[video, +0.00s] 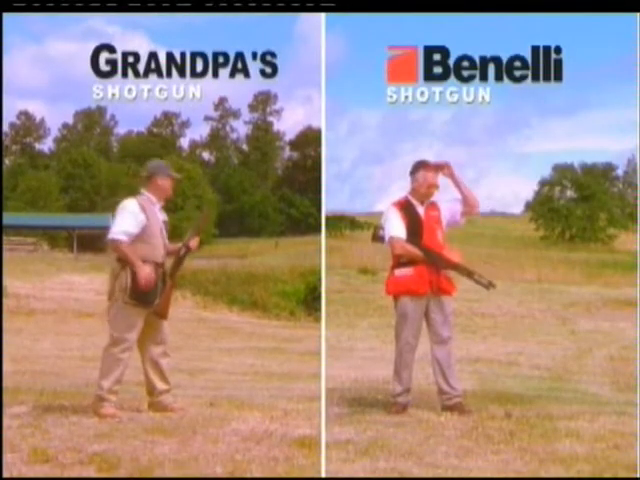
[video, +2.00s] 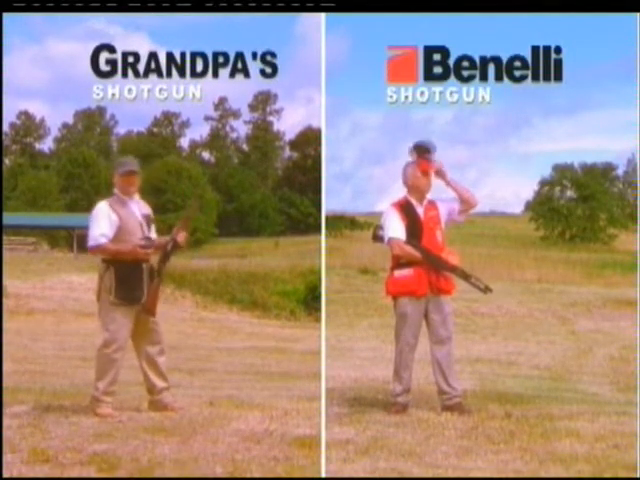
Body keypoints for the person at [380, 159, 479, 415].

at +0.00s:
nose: (431, 190)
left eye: (434, 185)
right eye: (427, 184)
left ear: (436, 185)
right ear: (414, 182)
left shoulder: (439, 209)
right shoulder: (396, 210)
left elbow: (471, 208)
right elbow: (398, 249)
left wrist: (453, 177)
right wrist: (435, 258)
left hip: (437, 281)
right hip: (409, 282)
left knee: (443, 340)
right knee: (406, 342)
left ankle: (451, 397)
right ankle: (400, 396)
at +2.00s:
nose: (426, 177)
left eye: (428, 173)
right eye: (420, 172)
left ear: (429, 179)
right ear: (407, 179)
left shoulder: (437, 208)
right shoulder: (395, 211)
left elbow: (470, 203)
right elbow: (397, 249)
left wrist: (446, 179)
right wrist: (433, 260)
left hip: (436, 279)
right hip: (408, 281)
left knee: (443, 340)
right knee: (406, 342)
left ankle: (451, 396)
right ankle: (400, 395)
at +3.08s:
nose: (434, 187)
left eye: (436, 182)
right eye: (430, 182)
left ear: (438, 183)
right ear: (416, 180)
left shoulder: (441, 208)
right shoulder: (398, 211)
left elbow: (473, 218)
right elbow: (399, 250)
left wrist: (466, 196)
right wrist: (434, 261)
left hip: (439, 282)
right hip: (410, 283)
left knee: (443, 340)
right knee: (407, 343)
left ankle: (451, 397)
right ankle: (401, 396)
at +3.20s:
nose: (436, 189)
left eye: (439, 184)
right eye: (432, 183)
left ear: (441, 185)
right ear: (419, 181)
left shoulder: (444, 210)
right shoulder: (401, 210)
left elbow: (465, 225)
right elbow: (402, 249)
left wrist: (474, 225)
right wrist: (435, 262)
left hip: (440, 281)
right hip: (411, 282)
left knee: (443, 340)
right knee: (407, 343)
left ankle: (450, 397)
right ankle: (400, 397)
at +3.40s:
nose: (441, 190)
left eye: (445, 186)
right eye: (437, 185)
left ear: (448, 186)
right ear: (425, 182)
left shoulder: (449, 210)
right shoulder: (406, 209)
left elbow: (470, 237)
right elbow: (407, 246)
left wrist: (469, 265)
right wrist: (439, 264)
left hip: (442, 283)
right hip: (412, 283)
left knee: (444, 342)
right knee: (407, 343)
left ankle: (451, 397)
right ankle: (400, 396)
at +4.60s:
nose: (427, 181)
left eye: (429, 176)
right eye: (422, 177)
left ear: (433, 178)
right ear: (410, 181)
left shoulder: (443, 209)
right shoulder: (396, 211)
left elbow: (462, 247)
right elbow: (383, 248)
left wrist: (470, 228)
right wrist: (405, 246)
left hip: (440, 280)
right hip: (409, 281)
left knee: (444, 341)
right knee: (406, 342)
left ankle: (451, 397)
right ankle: (400, 395)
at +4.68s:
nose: (422, 182)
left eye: (425, 177)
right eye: (417, 178)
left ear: (429, 179)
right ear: (407, 182)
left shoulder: (440, 208)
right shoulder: (394, 211)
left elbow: (451, 240)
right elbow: (380, 249)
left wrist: (448, 250)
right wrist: (398, 245)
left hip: (439, 284)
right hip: (409, 286)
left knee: (443, 342)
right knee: (406, 343)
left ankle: (449, 396)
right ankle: (401, 395)